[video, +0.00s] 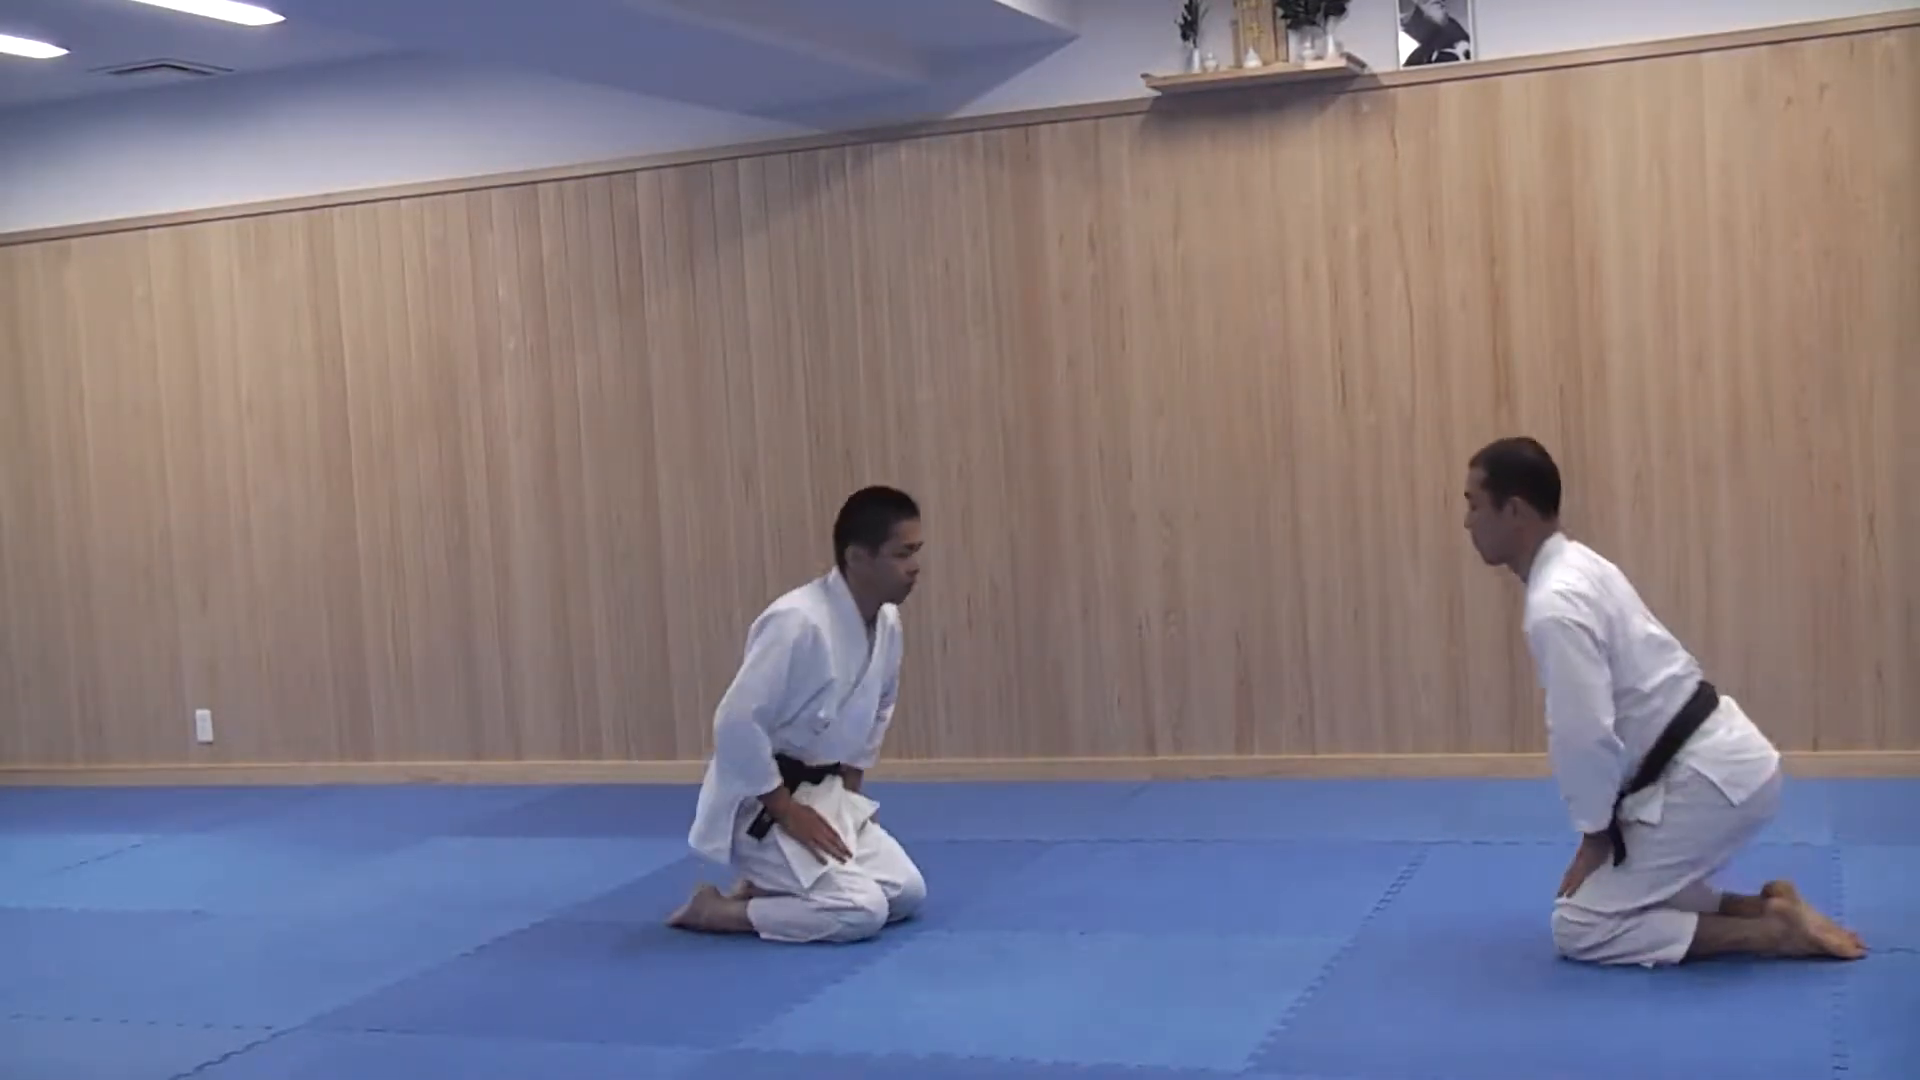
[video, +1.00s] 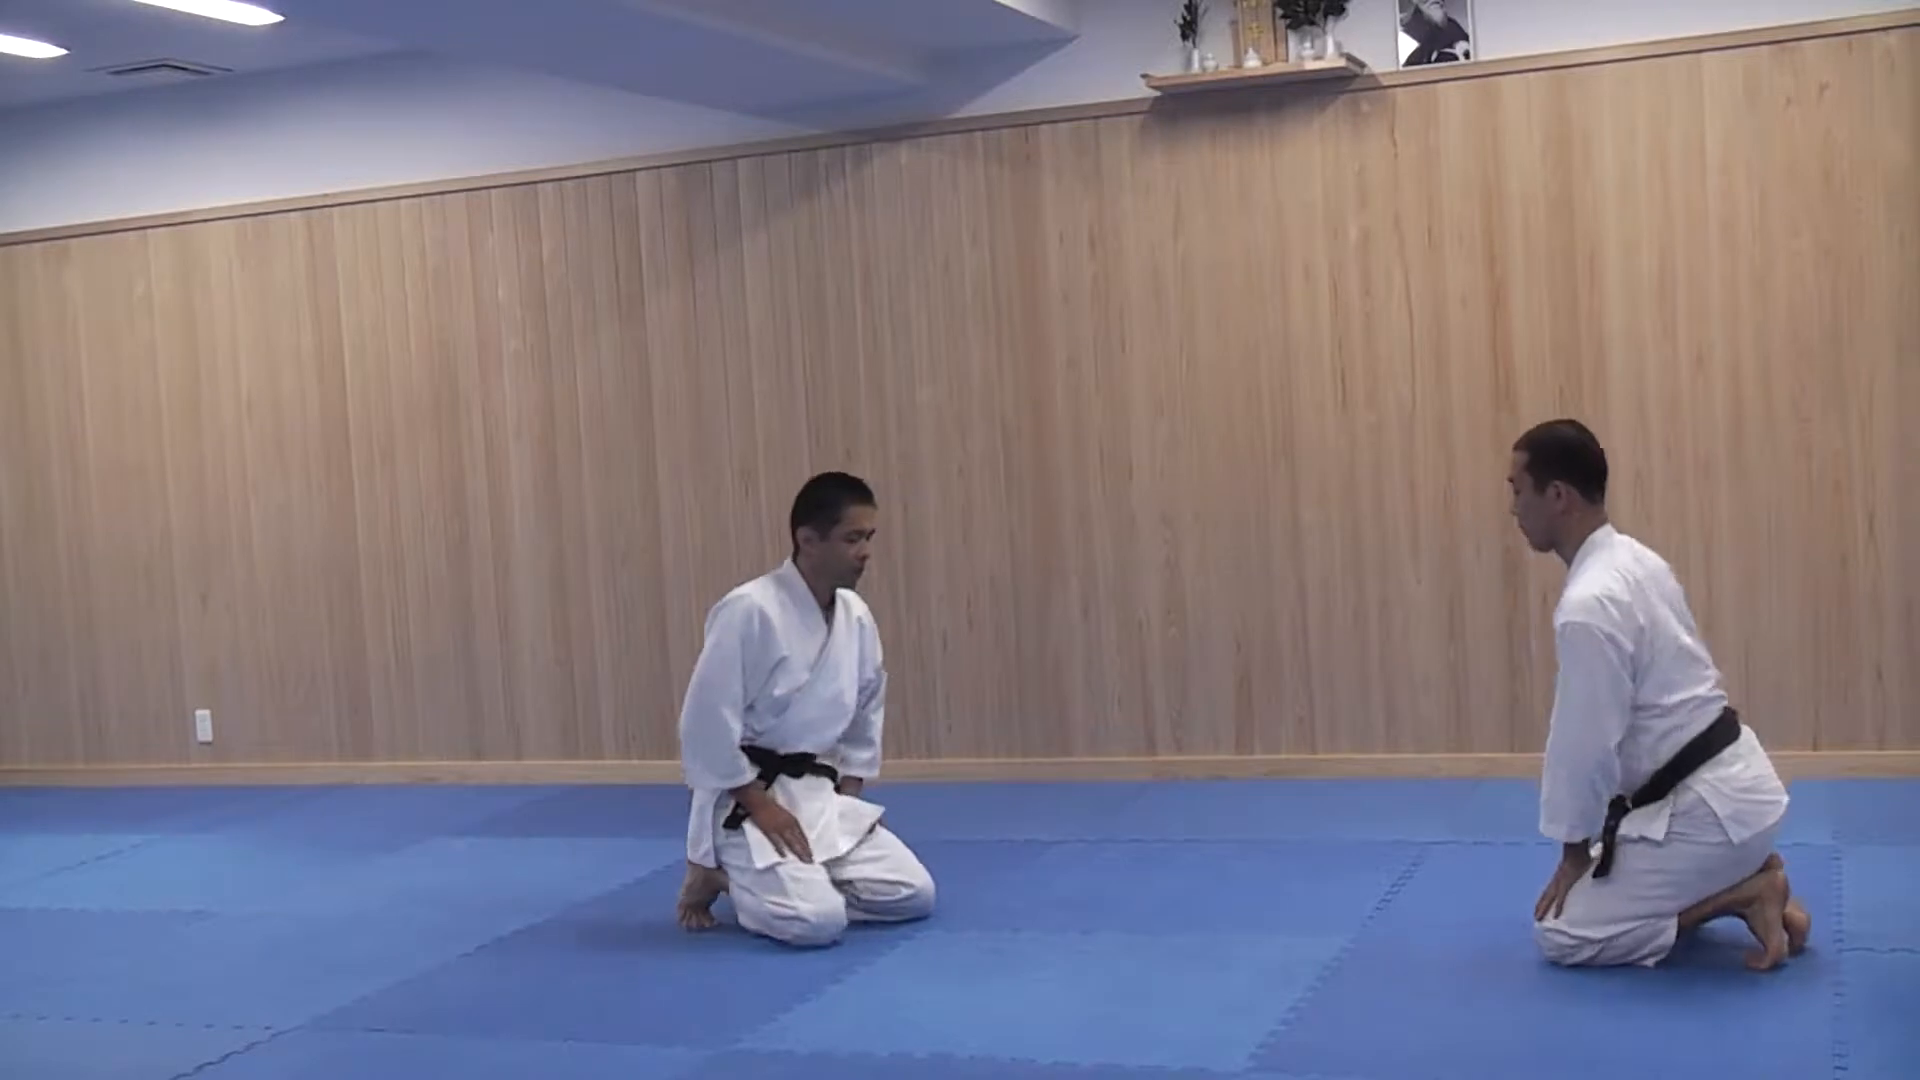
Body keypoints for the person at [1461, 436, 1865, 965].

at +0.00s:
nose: (1466, 522)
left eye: (1473, 505)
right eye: (1467, 505)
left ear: (1514, 511)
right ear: (1520, 511)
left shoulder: (1554, 602)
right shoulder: (1578, 566)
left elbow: (1587, 734)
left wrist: (1594, 839)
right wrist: (1600, 835)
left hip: (1710, 782)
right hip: (1734, 763)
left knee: (1582, 929)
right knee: (1615, 892)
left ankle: (1771, 935)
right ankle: (1761, 911)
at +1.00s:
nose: (1513, 508)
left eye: (1517, 491)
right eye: (1513, 491)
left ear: (1558, 496)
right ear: (1562, 496)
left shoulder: (1590, 603)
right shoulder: (1634, 560)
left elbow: (1585, 742)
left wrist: (1573, 853)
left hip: (1710, 814)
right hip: (1736, 791)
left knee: (1565, 938)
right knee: (1578, 910)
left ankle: (1741, 892)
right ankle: (1747, 882)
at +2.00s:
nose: (1619, 427)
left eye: (1626, 410)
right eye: (1620, 410)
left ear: (1669, 416)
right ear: (1681, 417)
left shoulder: (1668, 516)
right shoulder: (1747, 505)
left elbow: (1652, 659)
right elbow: (1761, 642)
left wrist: (1586, 761)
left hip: (1718, 740)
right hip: (1784, 737)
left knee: (1551, 838)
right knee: (1684, 897)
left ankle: (1730, 870)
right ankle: (1796, 884)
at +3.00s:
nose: (1500, 250)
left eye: (1508, 233)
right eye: (1501, 233)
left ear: (1548, 237)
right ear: (1575, 238)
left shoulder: (1552, 341)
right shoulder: (1649, 309)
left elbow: (1543, 481)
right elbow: (1695, 429)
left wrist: (1538, 600)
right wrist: (1623, 524)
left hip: (1644, 552)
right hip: (1720, 536)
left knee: (1550, 718)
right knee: (1735, 737)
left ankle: (1563, 905)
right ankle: (1847, 909)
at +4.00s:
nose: (1508, 200)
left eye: (1519, 183)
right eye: (1508, 185)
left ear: (1566, 187)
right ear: (1560, 189)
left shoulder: (1613, 289)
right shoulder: (1551, 296)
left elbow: (1654, 409)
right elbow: (1528, 424)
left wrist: (1571, 478)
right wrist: (1462, 490)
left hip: (1608, 547)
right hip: (1552, 548)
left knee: (1579, 734)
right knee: (1501, 723)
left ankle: (1610, 915)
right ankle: (1547, 890)